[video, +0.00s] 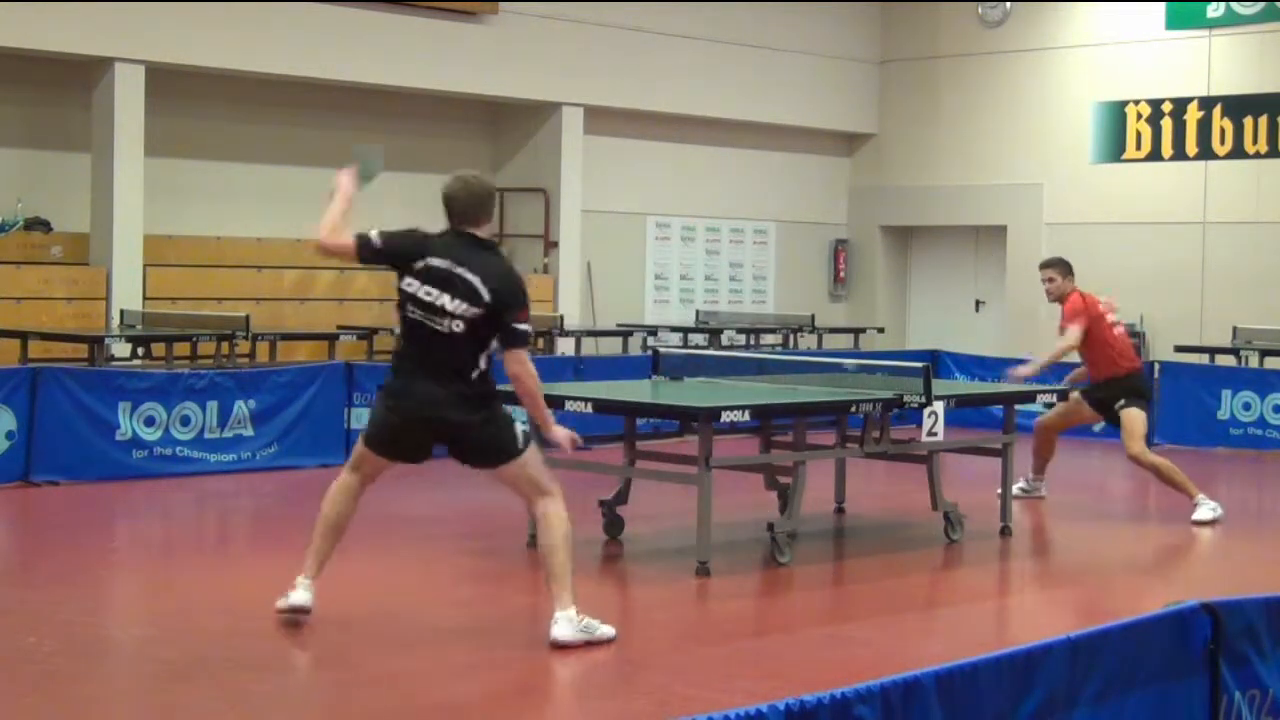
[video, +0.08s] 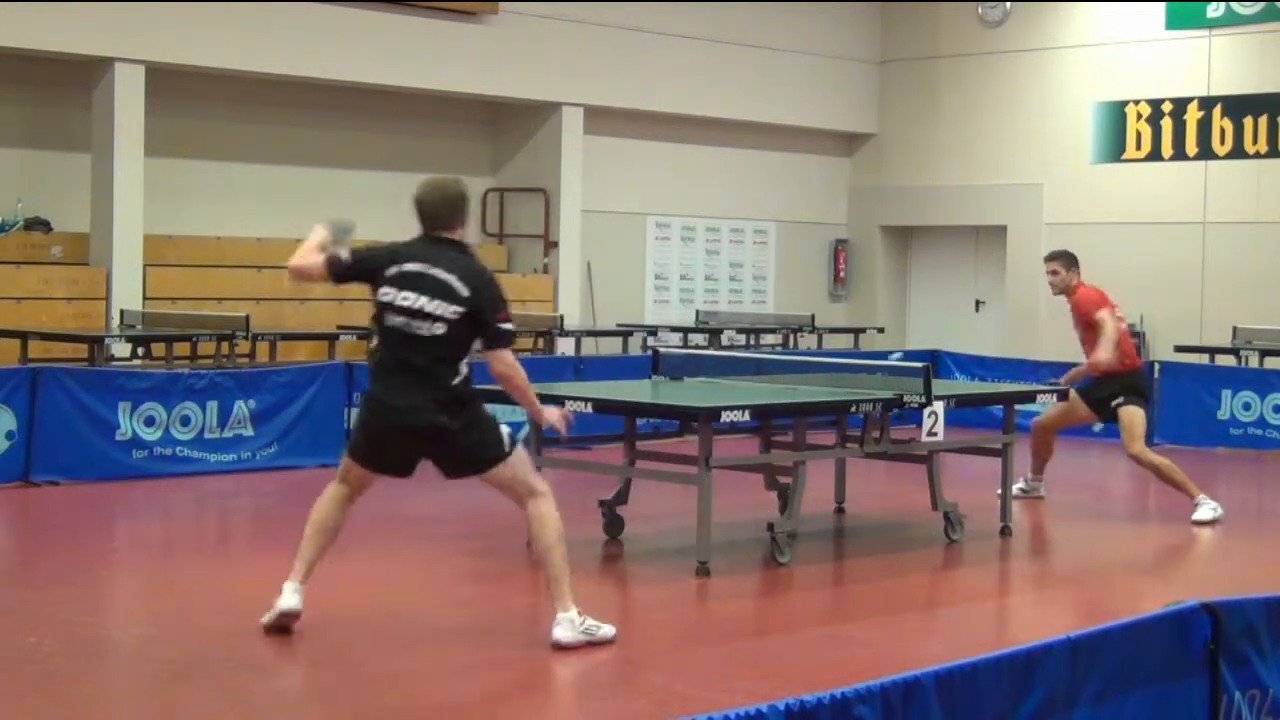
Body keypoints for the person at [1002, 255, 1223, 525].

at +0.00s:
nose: (1046, 288)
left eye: (1050, 281)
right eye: (1044, 282)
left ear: (1068, 280)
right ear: (1050, 283)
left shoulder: (1078, 302)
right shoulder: (1086, 303)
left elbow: (1071, 341)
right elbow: (1103, 356)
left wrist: (1033, 367)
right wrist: (1076, 377)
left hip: (1128, 383)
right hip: (1103, 388)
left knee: (1136, 451)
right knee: (1045, 426)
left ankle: (1202, 502)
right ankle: (1035, 482)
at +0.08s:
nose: (1049, 280)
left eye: (1054, 273)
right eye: (1048, 274)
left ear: (1073, 274)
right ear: (1062, 276)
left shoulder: (1086, 296)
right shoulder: (1080, 300)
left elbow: (1109, 323)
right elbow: (1101, 352)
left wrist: (1104, 351)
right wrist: (1075, 374)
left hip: (1128, 381)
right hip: (1103, 384)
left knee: (1136, 449)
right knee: (1042, 425)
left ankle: (1203, 502)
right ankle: (1034, 482)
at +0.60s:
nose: (1076, 268)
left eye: (1082, 262)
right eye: (1074, 262)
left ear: (1100, 263)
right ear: (1072, 265)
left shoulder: (1125, 294)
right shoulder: (1069, 299)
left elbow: (1169, 318)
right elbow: (1026, 307)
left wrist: (1191, 344)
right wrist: (1008, 286)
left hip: (1137, 382)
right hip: (1102, 384)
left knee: (1150, 434)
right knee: (1039, 419)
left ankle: (1208, 501)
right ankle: (1034, 481)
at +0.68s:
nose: (1080, 265)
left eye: (1086, 259)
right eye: (1077, 259)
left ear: (1103, 260)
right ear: (1076, 262)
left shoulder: (1130, 291)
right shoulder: (1071, 296)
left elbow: (1171, 317)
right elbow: (1030, 310)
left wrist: (1188, 345)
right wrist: (1010, 292)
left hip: (1138, 380)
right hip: (1103, 383)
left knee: (1153, 432)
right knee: (1042, 419)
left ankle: (1209, 501)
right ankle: (1034, 481)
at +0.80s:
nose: (1083, 261)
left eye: (1089, 256)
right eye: (1080, 256)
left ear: (1106, 258)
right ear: (1077, 259)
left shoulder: (1130, 288)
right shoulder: (1074, 295)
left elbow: (1168, 322)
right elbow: (1040, 323)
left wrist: (1169, 354)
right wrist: (1017, 309)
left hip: (1140, 378)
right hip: (1105, 380)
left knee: (1156, 433)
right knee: (1045, 422)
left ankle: (1209, 500)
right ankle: (1034, 482)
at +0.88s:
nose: (1082, 261)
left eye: (1088, 255)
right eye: (1079, 255)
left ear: (1105, 256)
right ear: (1076, 258)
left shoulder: (1127, 288)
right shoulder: (1074, 294)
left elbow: (1165, 327)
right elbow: (1045, 329)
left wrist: (1140, 348)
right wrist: (1022, 320)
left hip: (1140, 377)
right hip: (1105, 379)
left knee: (1154, 432)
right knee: (1045, 422)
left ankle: (1209, 500)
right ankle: (1034, 482)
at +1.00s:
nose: (1075, 254)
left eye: (1081, 248)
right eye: (1071, 249)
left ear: (1097, 250)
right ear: (1069, 253)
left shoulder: (1120, 281)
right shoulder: (1070, 288)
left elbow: (1155, 318)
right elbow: (1046, 326)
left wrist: (1106, 324)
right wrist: (1025, 321)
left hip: (1135, 370)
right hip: (1101, 372)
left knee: (1153, 431)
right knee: (1042, 418)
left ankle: (1207, 500)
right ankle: (1033, 481)